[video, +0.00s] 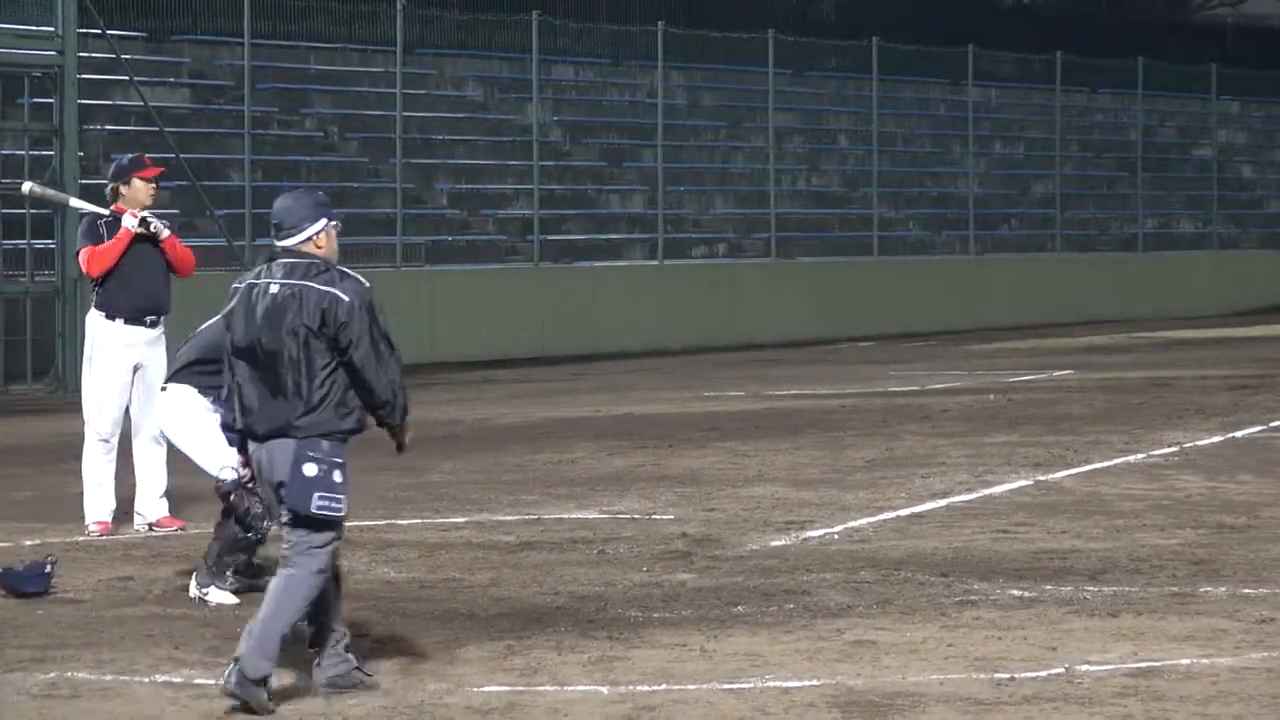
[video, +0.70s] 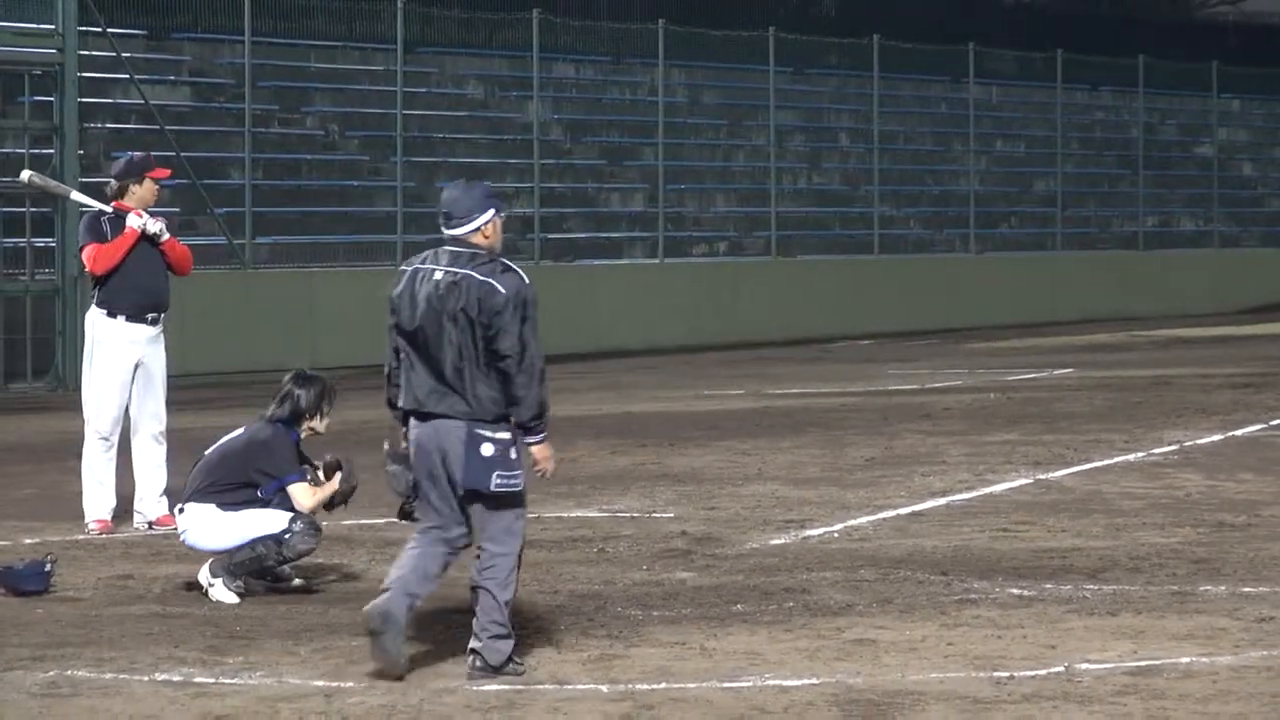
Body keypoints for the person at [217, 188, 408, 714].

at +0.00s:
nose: (337, 236)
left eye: (333, 228)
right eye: (331, 230)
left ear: (286, 238)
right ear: (316, 236)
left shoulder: (250, 290)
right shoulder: (341, 288)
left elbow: (209, 361)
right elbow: (374, 368)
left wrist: (243, 429)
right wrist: (394, 419)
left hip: (265, 446)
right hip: (315, 445)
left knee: (315, 549)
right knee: (309, 554)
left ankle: (334, 660)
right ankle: (249, 669)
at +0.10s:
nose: (355, 233)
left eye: (351, 225)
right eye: (350, 226)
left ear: (306, 235)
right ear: (336, 232)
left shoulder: (267, 287)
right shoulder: (361, 285)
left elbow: (252, 371)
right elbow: (388, 368)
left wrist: (262, 443)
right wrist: (408, 438)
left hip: (285, 442)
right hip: (337, 442)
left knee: (324, 554)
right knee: (359, 552)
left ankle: (338, 665)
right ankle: (286, 640)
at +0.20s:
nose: (375, 228)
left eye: (370, 220)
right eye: (370, 221)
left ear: (324, 228)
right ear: (356, 226)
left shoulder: (290, 279)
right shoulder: (379, 279)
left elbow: (274, 361)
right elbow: (402, 363)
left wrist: (284, 428)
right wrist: (414, 433)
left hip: (307, 435)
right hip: (363, 434)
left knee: (334, 546)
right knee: (396, 531)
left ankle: (332, 658)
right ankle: (338, 632)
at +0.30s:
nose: (396, 228)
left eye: (391, 219)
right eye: (391, 221)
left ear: (344, 229)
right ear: (376, 227)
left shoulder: (309, 278)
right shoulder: (398, 279)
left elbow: (293, 359)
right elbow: (412, 363)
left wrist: (304, 422)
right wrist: (424, 431)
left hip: (324, 436)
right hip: (382, 436)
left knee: (336, 551)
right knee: (419, 538)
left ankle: (329, 670)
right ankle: (400, 659)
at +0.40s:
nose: (423, 226)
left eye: (419, 217)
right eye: (417, 218)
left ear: (373, 227)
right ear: (401, 225)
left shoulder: (335, 274)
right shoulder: (426, 278)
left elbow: (322, 357)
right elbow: (432, 363)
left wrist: (326, 423)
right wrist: (439, 427)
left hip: (345, 431)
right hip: (403, 433)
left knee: (344, 548)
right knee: (436, 545)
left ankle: (332, 663)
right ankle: (468, 650)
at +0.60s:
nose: (476, 230)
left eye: (472, 222)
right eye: (471, 224)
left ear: (426, 231)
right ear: (456, 232)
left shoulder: (387, 278)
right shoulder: (479, 286)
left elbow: (372, 364)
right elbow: (489, 373)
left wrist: (378, 427)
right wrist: (495, 444)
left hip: (397, 433)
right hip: (457, 438)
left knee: (391, 542)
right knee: (482, 552)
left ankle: (351, 634)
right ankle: (488, 655)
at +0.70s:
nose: (502, 226)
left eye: (499, 218)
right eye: (497, 220)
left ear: (454, 227)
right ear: (482, 228)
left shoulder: (415, 270)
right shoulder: (506, 282)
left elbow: (399, 353)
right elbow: (521, 366)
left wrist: (404, 416)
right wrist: (535, 433)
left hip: (426, 427)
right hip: (484, 431)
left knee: (439, 528)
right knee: (499, 541)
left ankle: (392, 605)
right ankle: (491, 651)